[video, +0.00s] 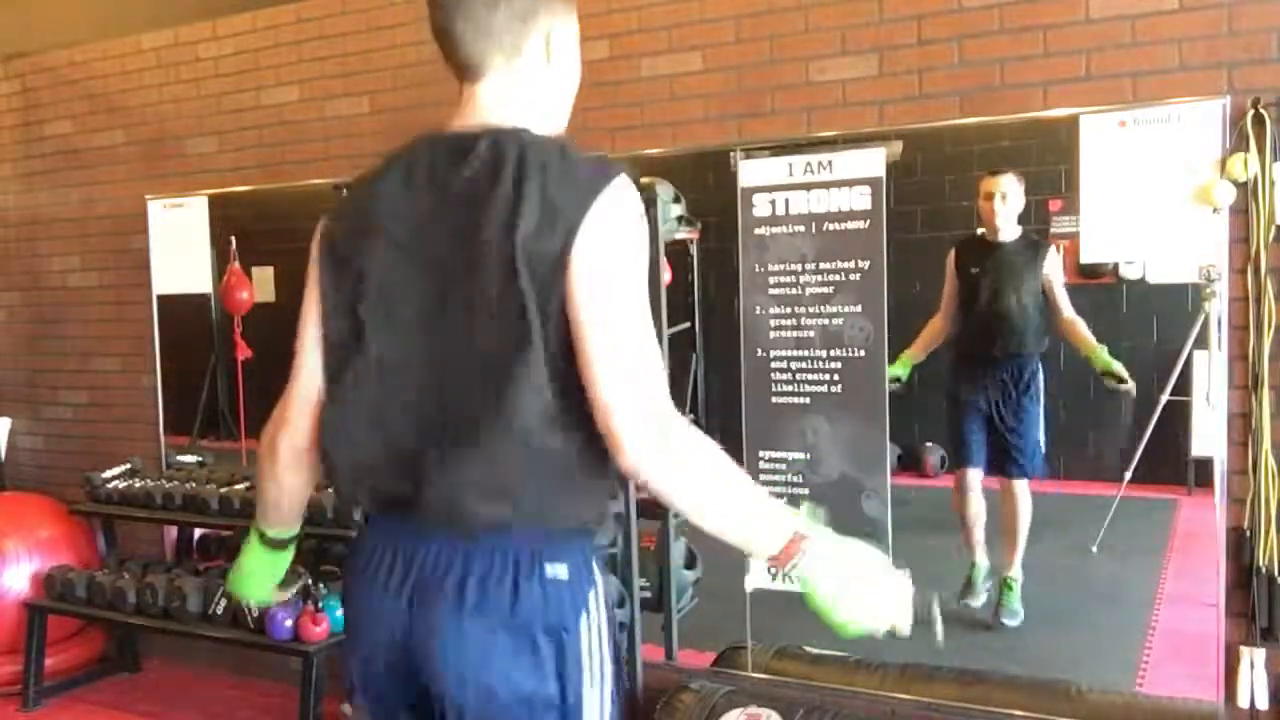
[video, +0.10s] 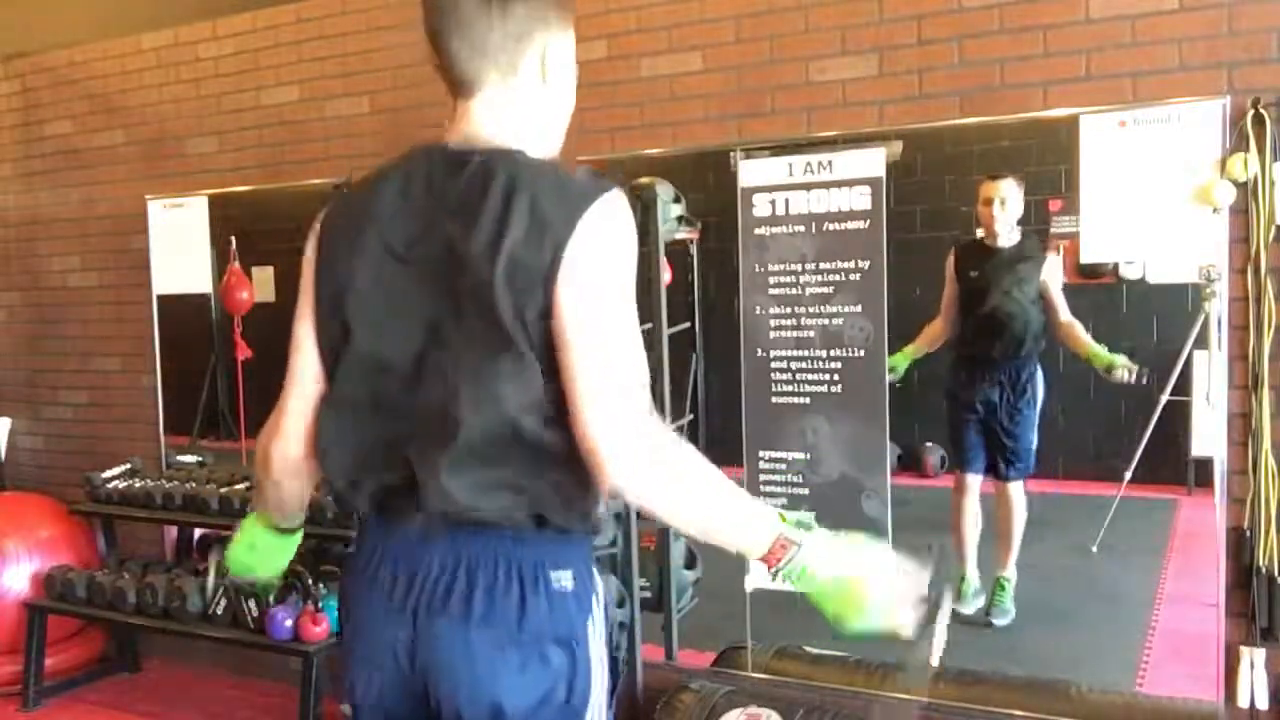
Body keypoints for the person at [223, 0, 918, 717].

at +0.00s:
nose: (581, 61)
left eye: (577, 41)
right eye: (577, 39)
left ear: (454, 52)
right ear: (555, 41)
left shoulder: (354, 212)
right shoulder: (588, 194)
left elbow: (296, 427)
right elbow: (644, 436)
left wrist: (270, 541)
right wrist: (809, 552)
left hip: (381, 578)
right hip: (530, 595)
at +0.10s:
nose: (575, 89)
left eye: (573, 67)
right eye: (572, 66)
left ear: (450, 68)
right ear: (550, 64)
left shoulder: (343, 220)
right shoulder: (580, 212)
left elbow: (291, 446)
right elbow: (627, 451)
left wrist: (274, 521)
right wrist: (801, 551)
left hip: (382, 576)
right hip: (526, 587)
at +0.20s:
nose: (573, 161)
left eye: (569, 142)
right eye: (570, 141)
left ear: (446, 144)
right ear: (550, 140)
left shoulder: (343, 299)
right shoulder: (578, 296)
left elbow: (271, 507)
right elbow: (643, 530)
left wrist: (387, 463)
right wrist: (816, 528)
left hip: (377, 660)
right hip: (529, 665)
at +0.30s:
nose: (569, 154)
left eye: (565, 128)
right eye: (565, 126)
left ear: (443, 129)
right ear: (537, 122)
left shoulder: (335, 282)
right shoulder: (570, 268)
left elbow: (265, 489)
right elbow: (648, 507)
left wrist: (391, 454)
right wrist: (816, 519)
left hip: (363, 654)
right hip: (516, 659)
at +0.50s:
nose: (540, 80)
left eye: (538, 57)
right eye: (537, 56)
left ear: (416, 62)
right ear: (517, 57)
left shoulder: (311, 229)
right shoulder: (540, 198)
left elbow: (268, 454)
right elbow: (589, 441)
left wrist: (267, 512)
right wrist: (760, 533)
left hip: (356, 573)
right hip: (504, 582)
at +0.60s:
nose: (529, 161)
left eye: (524, 137)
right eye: (525, 136)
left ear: (404, 146)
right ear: (500, 136)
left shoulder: (308, 304)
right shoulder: (529, 283)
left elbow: (252, 511)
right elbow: (605, 517)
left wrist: (354, 431)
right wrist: (788, 506)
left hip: (368, 650)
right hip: (515, 656)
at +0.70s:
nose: (526, 152)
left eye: (521, 125)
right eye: (520, 125)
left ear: (404, 132)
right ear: (488, 126)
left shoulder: (304, 291)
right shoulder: (523, 270)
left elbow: (243, 498)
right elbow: (607, 497)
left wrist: (365, 448)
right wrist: (785, 499)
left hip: (361, 663)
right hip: (510, 661)